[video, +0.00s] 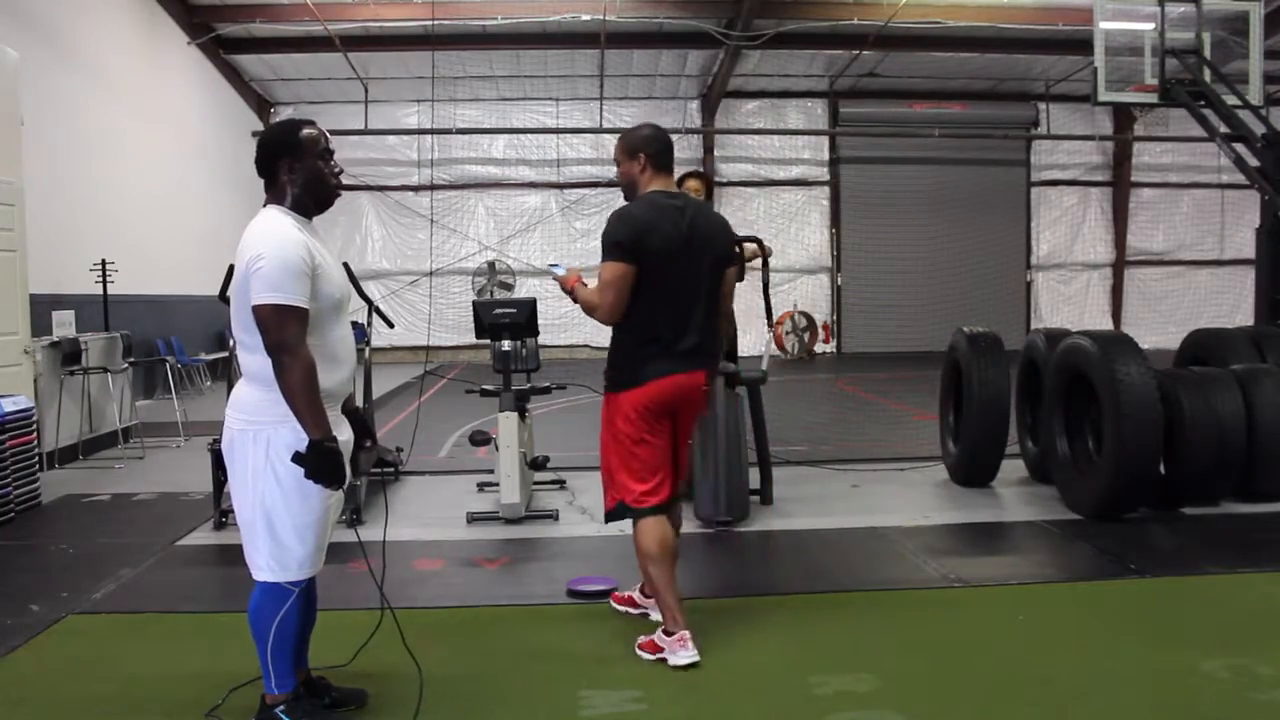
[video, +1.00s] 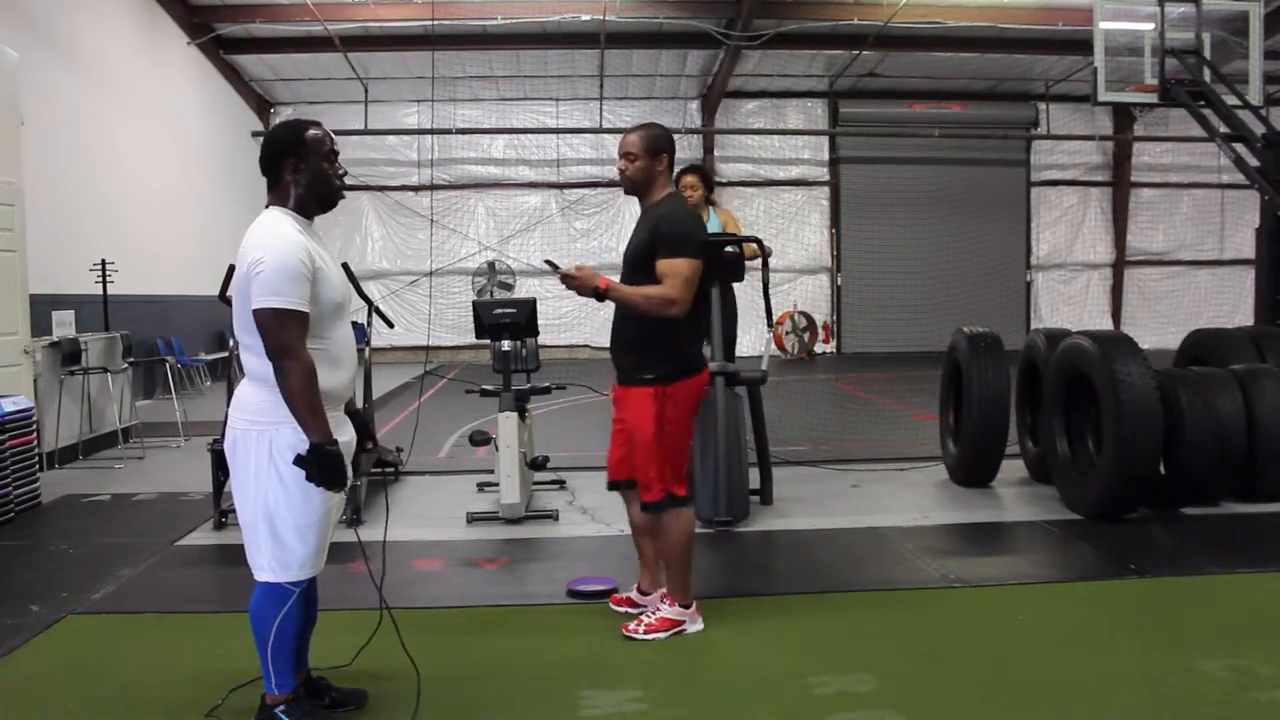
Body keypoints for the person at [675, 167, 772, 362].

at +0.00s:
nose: (692, 197)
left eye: (698, 192)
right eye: (687, 191)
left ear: (706, 196)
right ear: (679, 193)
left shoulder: (715, 229)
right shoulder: (666, 230)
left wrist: (752, 251)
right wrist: (748, 252)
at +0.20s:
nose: (702, 198)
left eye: (708, 193)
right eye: (697, 193)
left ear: (715, 198)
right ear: (687, 195)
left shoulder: (723, 223)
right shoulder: (680, 224)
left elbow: (737, 253)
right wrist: (755, 251)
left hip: (716, 291)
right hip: (686, 294)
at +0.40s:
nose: (716, 192)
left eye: (721, 187)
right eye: (710, 187)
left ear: (729, 192)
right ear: (700, 190)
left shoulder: (736, 219)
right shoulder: (689, 217)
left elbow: (750, 251)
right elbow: (679, 248)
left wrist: (760, 251)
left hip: (724, 286)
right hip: (694, 287)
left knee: (725, 346)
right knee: (691, 344)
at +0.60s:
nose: (713, 201)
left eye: (720, 196)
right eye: (709, 196)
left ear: (730, 200)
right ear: (702, 198)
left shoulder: (739, 226)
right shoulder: (692, 224)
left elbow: (750, 257)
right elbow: (679, 251)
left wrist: (759, 254)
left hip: (725, 293)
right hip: (695, 294)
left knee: (724, 353)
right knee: (693, 353)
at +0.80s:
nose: (701, 198)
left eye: (708, 193)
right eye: (697, 193)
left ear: (719, 196)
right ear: (691, 196)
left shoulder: (731, 221)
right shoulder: (687, 223)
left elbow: (751, 253)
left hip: (724, 292)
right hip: (693, 295)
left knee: (720, 355)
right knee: (691, 355)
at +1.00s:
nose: (689, 194)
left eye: (694, 189)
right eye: (683, 189)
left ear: (706, 191)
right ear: (677, 192)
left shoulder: (721, 216)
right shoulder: (676, 219)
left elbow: (748, 249)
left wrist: (718, 258)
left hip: (718, 288)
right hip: (687, 290)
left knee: (724, 349)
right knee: (687, 349)